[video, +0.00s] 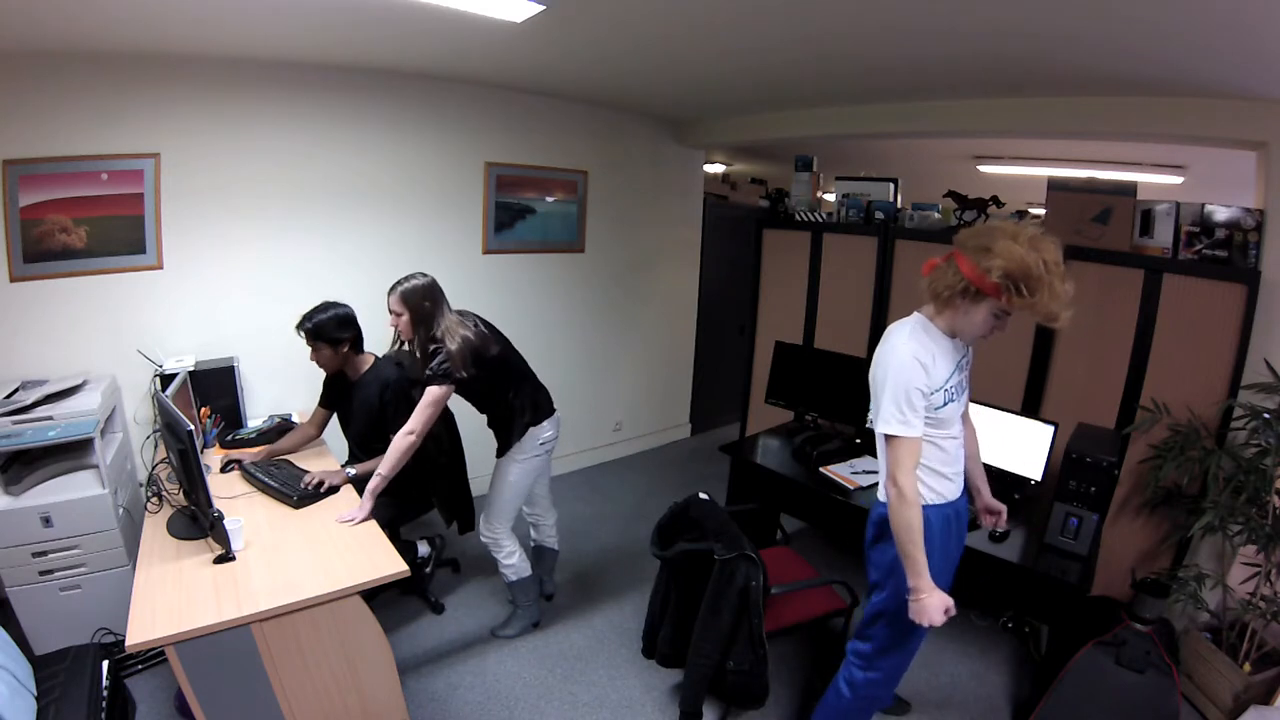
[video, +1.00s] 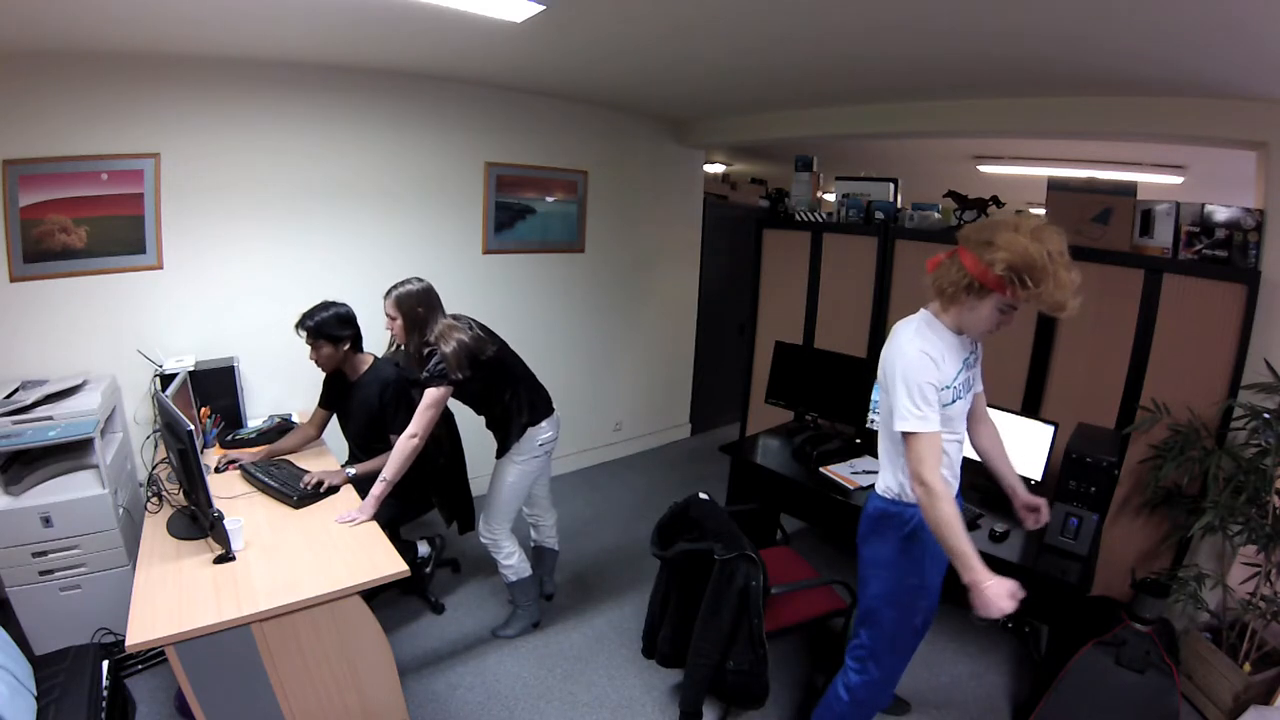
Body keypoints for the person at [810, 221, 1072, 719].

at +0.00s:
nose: (999, 330)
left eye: (1006, 319)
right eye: (998, 316)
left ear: (974, 298)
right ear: (969, 293)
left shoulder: (954, 340)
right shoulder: (905, 356)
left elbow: (960, 419)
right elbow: (900, 484)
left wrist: (980, 491)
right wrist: (920, 586)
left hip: (945, 512)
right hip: (911, 521)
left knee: (908, 616)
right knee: (879, 647)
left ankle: (877, 688)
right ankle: (840, 712)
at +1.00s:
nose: (1006, 324)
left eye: (1013, 313)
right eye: (1005, 310)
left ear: (984, 296)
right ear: (977, 289)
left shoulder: (963, 339)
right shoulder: (914, 352)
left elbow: (977, 417)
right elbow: (925, 481)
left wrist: (1016, 490)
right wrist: (979, 578)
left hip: (935, 512)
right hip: (900, 521)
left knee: (910, 616)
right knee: (873, 658)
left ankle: (875, 689)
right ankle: (835, 714)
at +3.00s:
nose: (1001, 326)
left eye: (1007, 315)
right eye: (1000, 312)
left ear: (976, 294)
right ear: (971, 289)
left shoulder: (956, 339)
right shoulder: (911, 354)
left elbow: (964, 417)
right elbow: (910, 485)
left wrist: (986, 491)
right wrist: (937, 583)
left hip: (946, 512)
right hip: (910, 522)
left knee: (904, 618)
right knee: (879, 645)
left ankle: (876, 689)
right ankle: (839, 712)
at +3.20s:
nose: (1004, 327)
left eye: (1011, 315)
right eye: (1003, 313)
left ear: (982, 295)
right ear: (975, 291)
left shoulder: (960, 342)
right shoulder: (914, 352)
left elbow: (981, 419)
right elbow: (935, 480)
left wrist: (1029, 486)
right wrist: (999, 573)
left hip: (930, 521)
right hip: (894, 528)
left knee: (912, 624)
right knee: (873, 679)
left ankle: (879, 692)